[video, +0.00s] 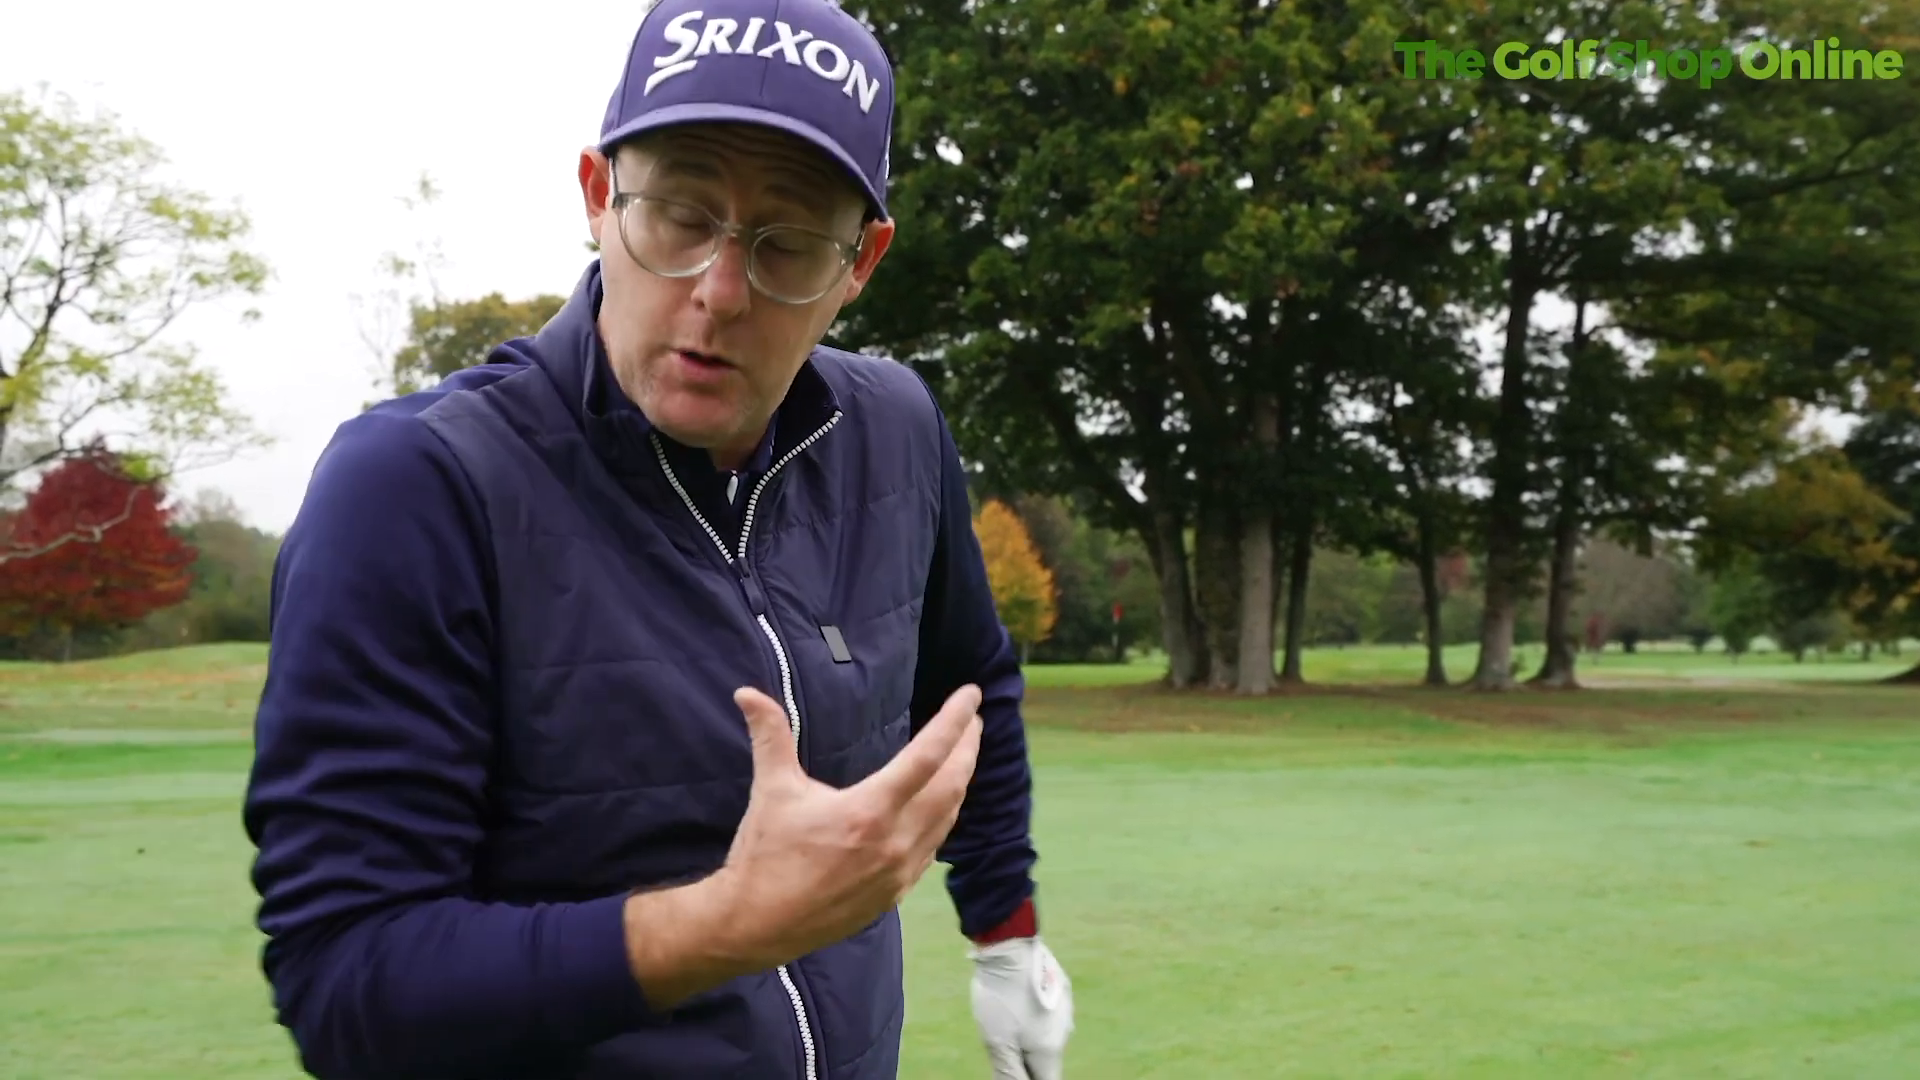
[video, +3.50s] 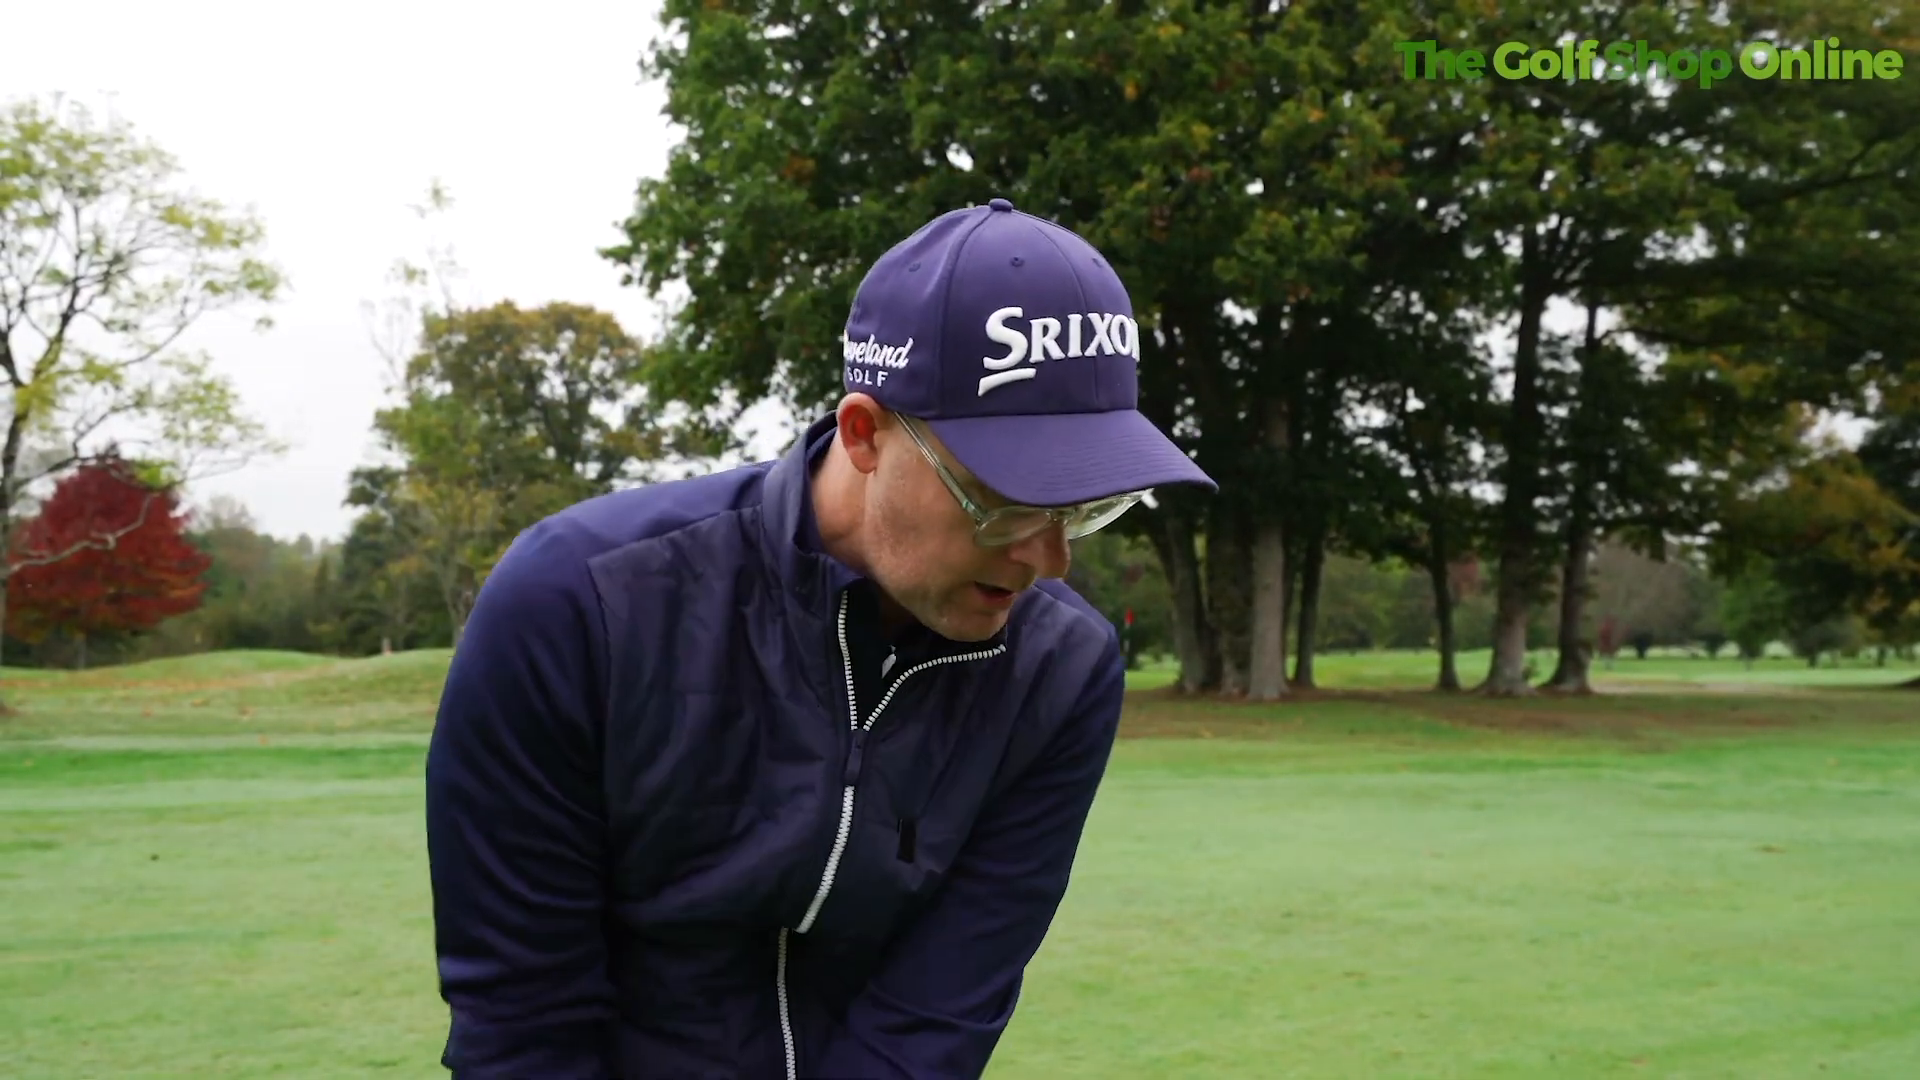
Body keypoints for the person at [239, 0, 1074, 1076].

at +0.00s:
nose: (721, 291)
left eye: (782, 240)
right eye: (683, 216)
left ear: (857, 266)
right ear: (600, 200)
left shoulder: (893, 434)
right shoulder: (415, 484)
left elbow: (970, 690)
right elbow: (343, 979)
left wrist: (1004, 933)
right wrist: (717, 923)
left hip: (851, 1054)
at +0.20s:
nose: (750, 266)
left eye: (811, 212)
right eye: (713, 188)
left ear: (878, 244)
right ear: (619, 179)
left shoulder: (897, 450)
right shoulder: (404, 486)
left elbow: (938, 699)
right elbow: (237, 975)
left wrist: (969, 930)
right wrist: (602, 974)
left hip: (852, 1049)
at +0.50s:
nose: (784, 235)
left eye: (837, 181)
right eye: (738, 161)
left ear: (887, 224)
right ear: (631, 169)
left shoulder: (898, 473)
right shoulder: (402, 513)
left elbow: (839, 821)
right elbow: (259, 968)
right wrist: (564, 1061)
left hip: (859, 1056)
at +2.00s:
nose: (849, 310)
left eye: (869, 248)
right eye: (793, 249)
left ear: (891, 224)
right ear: (629, 219)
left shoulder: (849, 484)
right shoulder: (410, 553)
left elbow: (887, 853)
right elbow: (366, 1024)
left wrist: (913, 1064)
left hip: (828, 1053)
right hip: (572, 1058)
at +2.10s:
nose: (869, 333)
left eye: (891, 266)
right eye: (809, 268)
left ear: (911, 248)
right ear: (647, 242)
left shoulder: (850, 481)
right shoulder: (444, 576)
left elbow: (897, 867)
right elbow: (471, 1050)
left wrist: (921, 1066)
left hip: (825, 1050)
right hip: (615, 1059)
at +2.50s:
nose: (985, 408)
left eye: (1012, 355)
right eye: (938, 351)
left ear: (1038, 334)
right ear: (795, 311)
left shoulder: (971, 534)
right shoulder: (588, 602)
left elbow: (948, 907)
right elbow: (624, 1041)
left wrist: (944, 1063)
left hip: (862, 1041)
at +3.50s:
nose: (1046, 557)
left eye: (1076, 504)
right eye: (1004, 500)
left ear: (1108, 473)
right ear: (863, 437)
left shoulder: (1064, 668)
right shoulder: (573, 602)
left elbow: (930, 1034)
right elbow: (520, 1024)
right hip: (615, 1056)